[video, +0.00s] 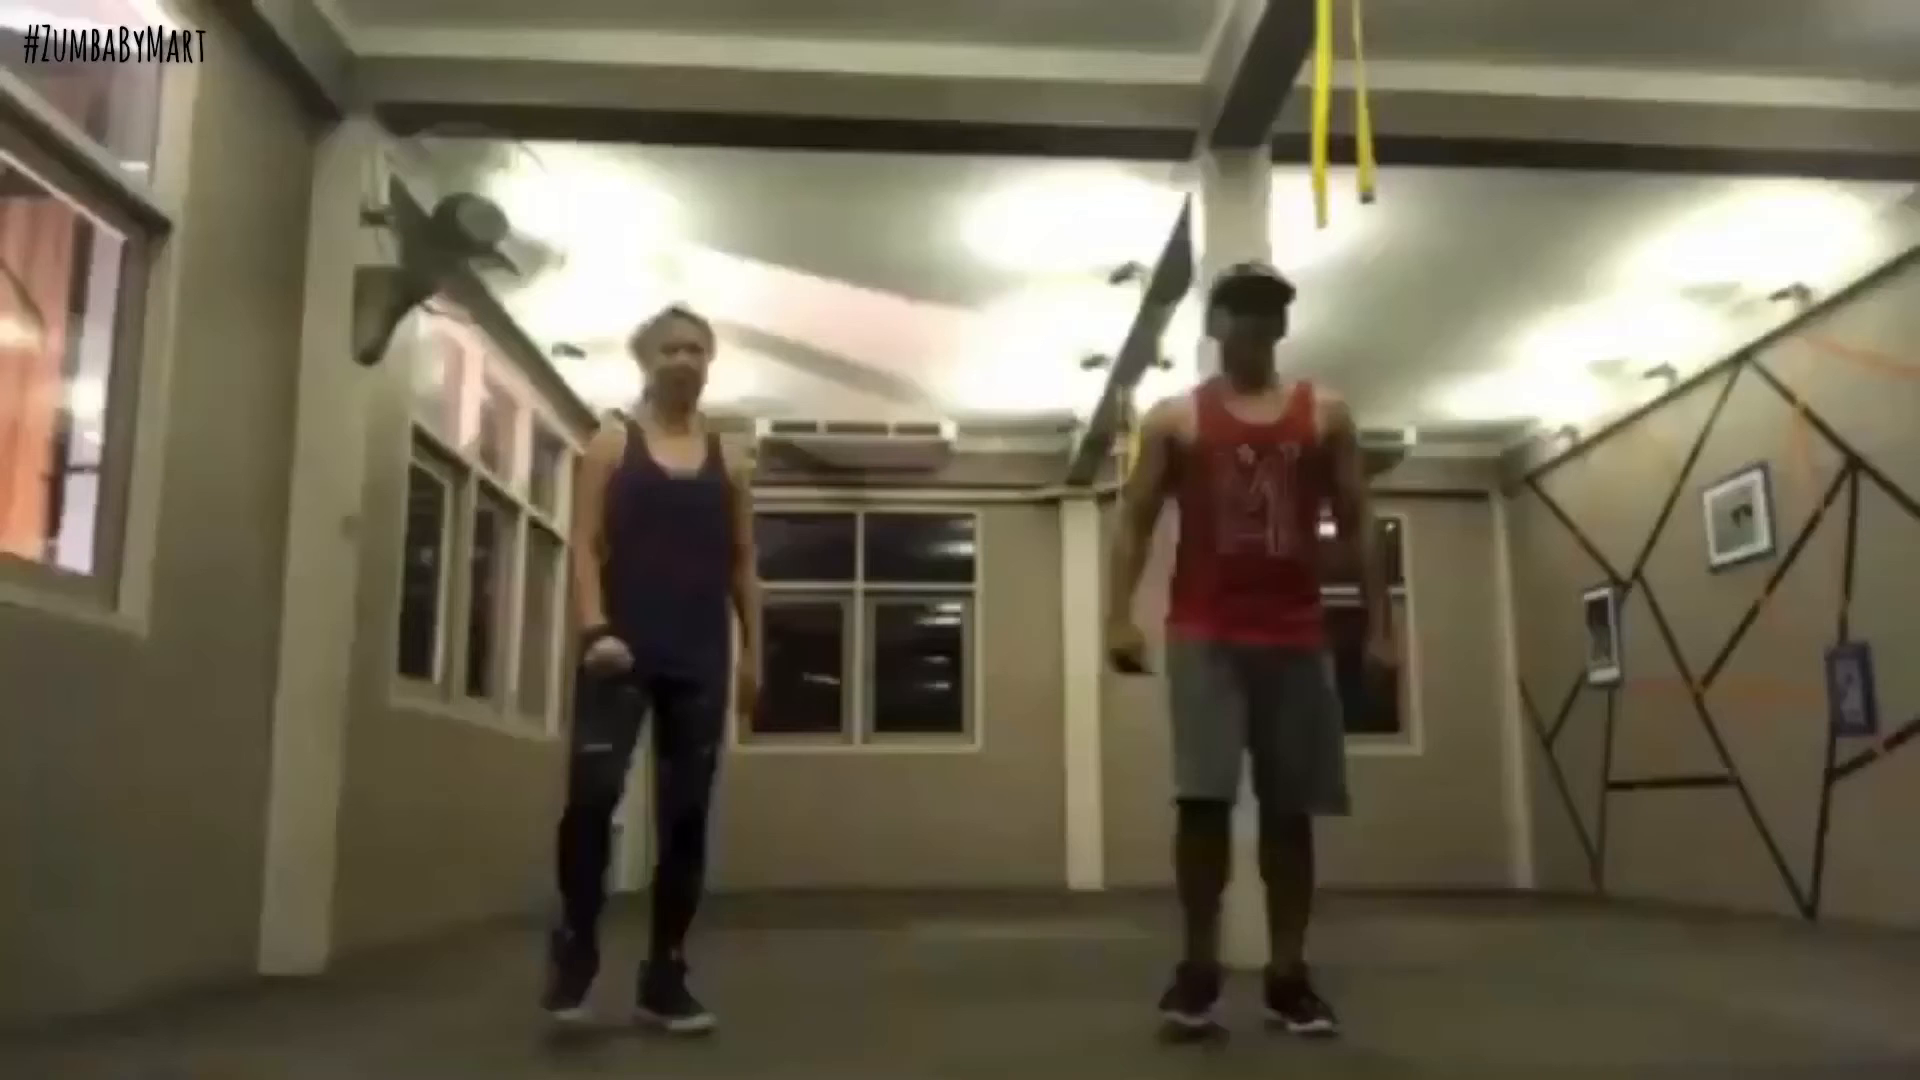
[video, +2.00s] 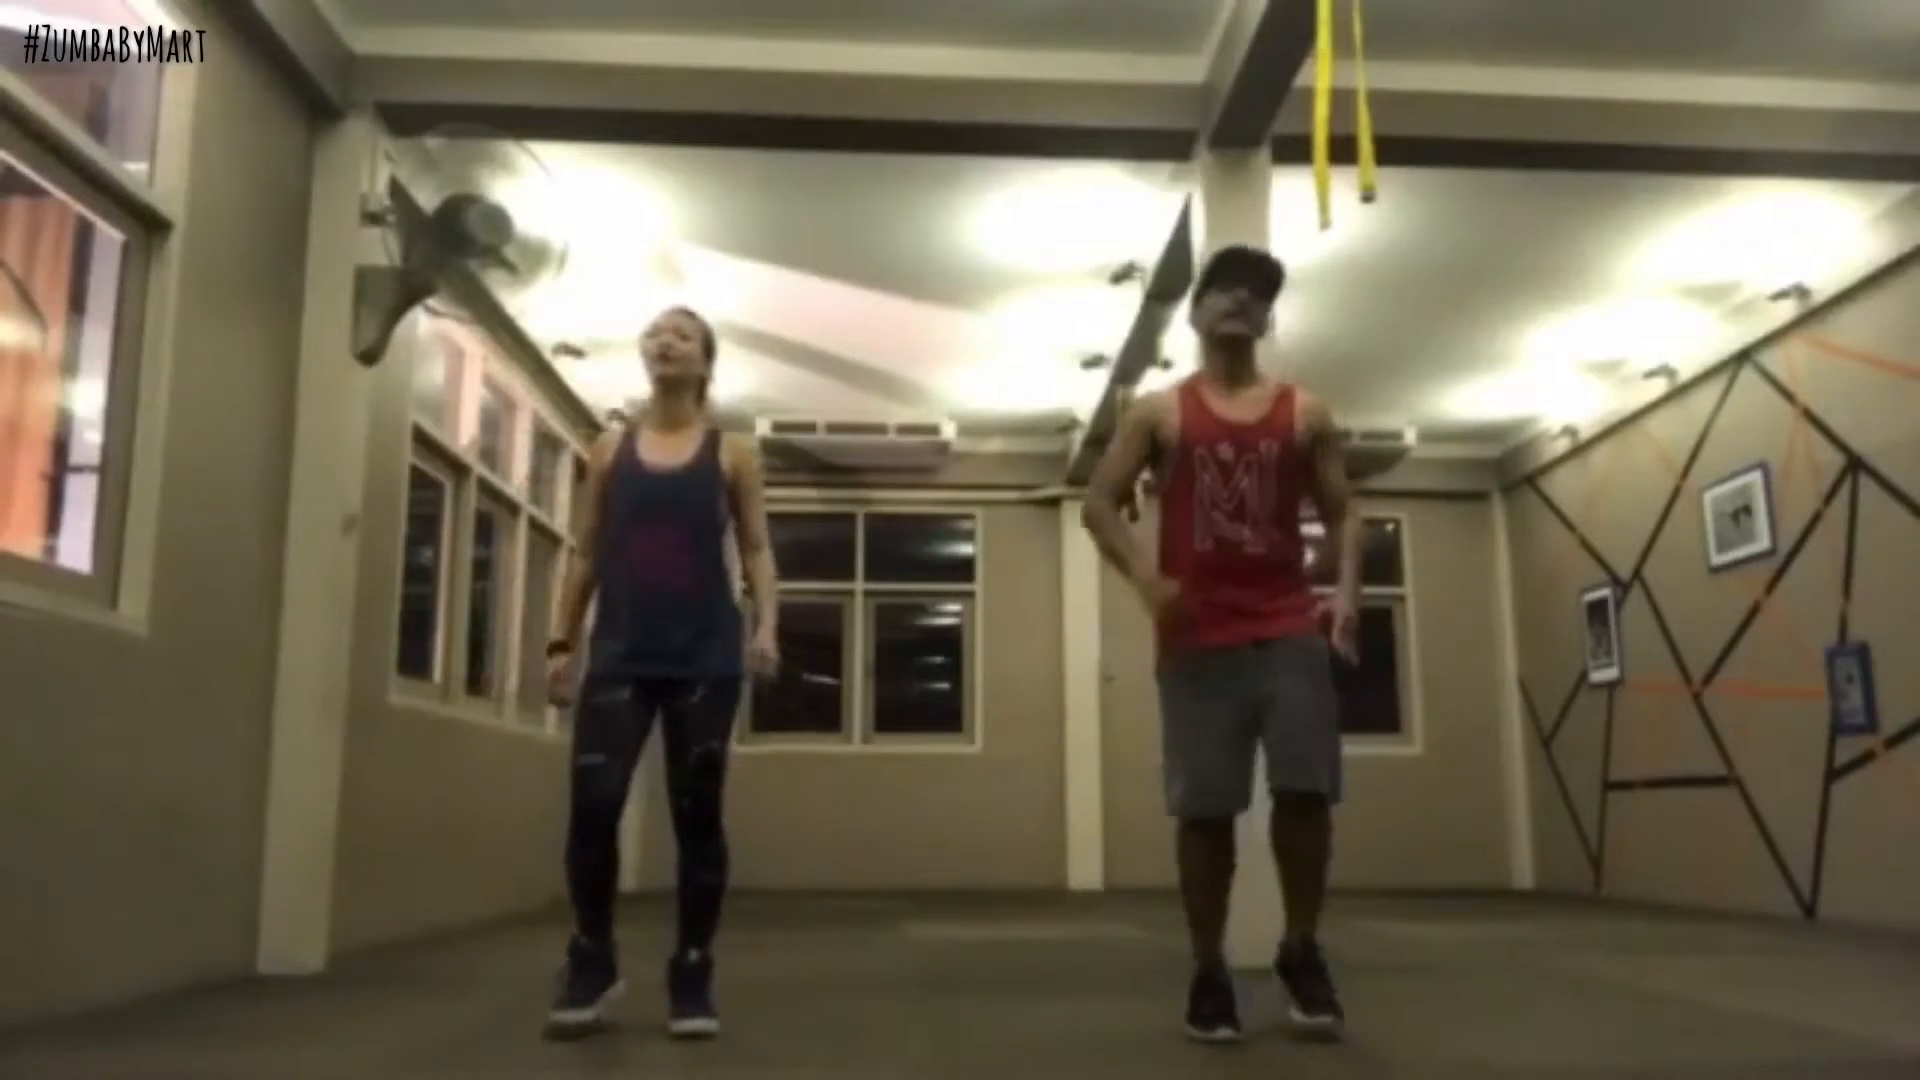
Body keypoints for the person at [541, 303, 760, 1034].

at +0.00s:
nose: (685, 361)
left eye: (695, 350)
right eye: (672, 350)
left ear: (711, 363)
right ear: (645, 360)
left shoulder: (725, 452)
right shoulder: (610, 444)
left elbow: (743, 562)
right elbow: (586, 544)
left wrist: (752, 653)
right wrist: (594, 629)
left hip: (701, 657)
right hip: (623, 652)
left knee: (686, 819)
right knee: (590, 803)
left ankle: (665, 973)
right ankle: (575, 963)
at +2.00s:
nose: (666, 343)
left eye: (682, 335)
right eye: (656, 334)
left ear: (706, 358)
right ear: (642, 354)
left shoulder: (730, 450)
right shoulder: (610, 450)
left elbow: (757, 550)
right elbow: (584, 550)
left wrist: (765, 624)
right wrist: (563, 641)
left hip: (704, 656)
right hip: (618, 654)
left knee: (697, 818)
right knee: (591, 808)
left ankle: (692, 979)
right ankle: (591, 965)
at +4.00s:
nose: (633, 379)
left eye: (646, 365)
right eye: (622, 364)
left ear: (670, 367)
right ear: (602, 366)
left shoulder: (697, 456)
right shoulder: (572, 454)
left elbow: (718, 556)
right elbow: (536, 552)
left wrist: (728, 641)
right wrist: (511, 642)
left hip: (672, 655)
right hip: (589, 656)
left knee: (654, 791)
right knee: (591, 813)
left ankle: (659, 950)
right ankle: (594, 964)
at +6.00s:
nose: (620, 358)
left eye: (636, 349)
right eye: (611, 348)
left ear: (660, 370)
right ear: (594, 364)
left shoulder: (682, 458)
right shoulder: (562, 453)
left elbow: (701, 564)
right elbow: (530, 545)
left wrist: (709, 655)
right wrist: (503, 626)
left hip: (656, 653)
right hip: (573, 653)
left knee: (635, 788)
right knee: (574, 811)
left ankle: (657, 919)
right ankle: (574, 961)